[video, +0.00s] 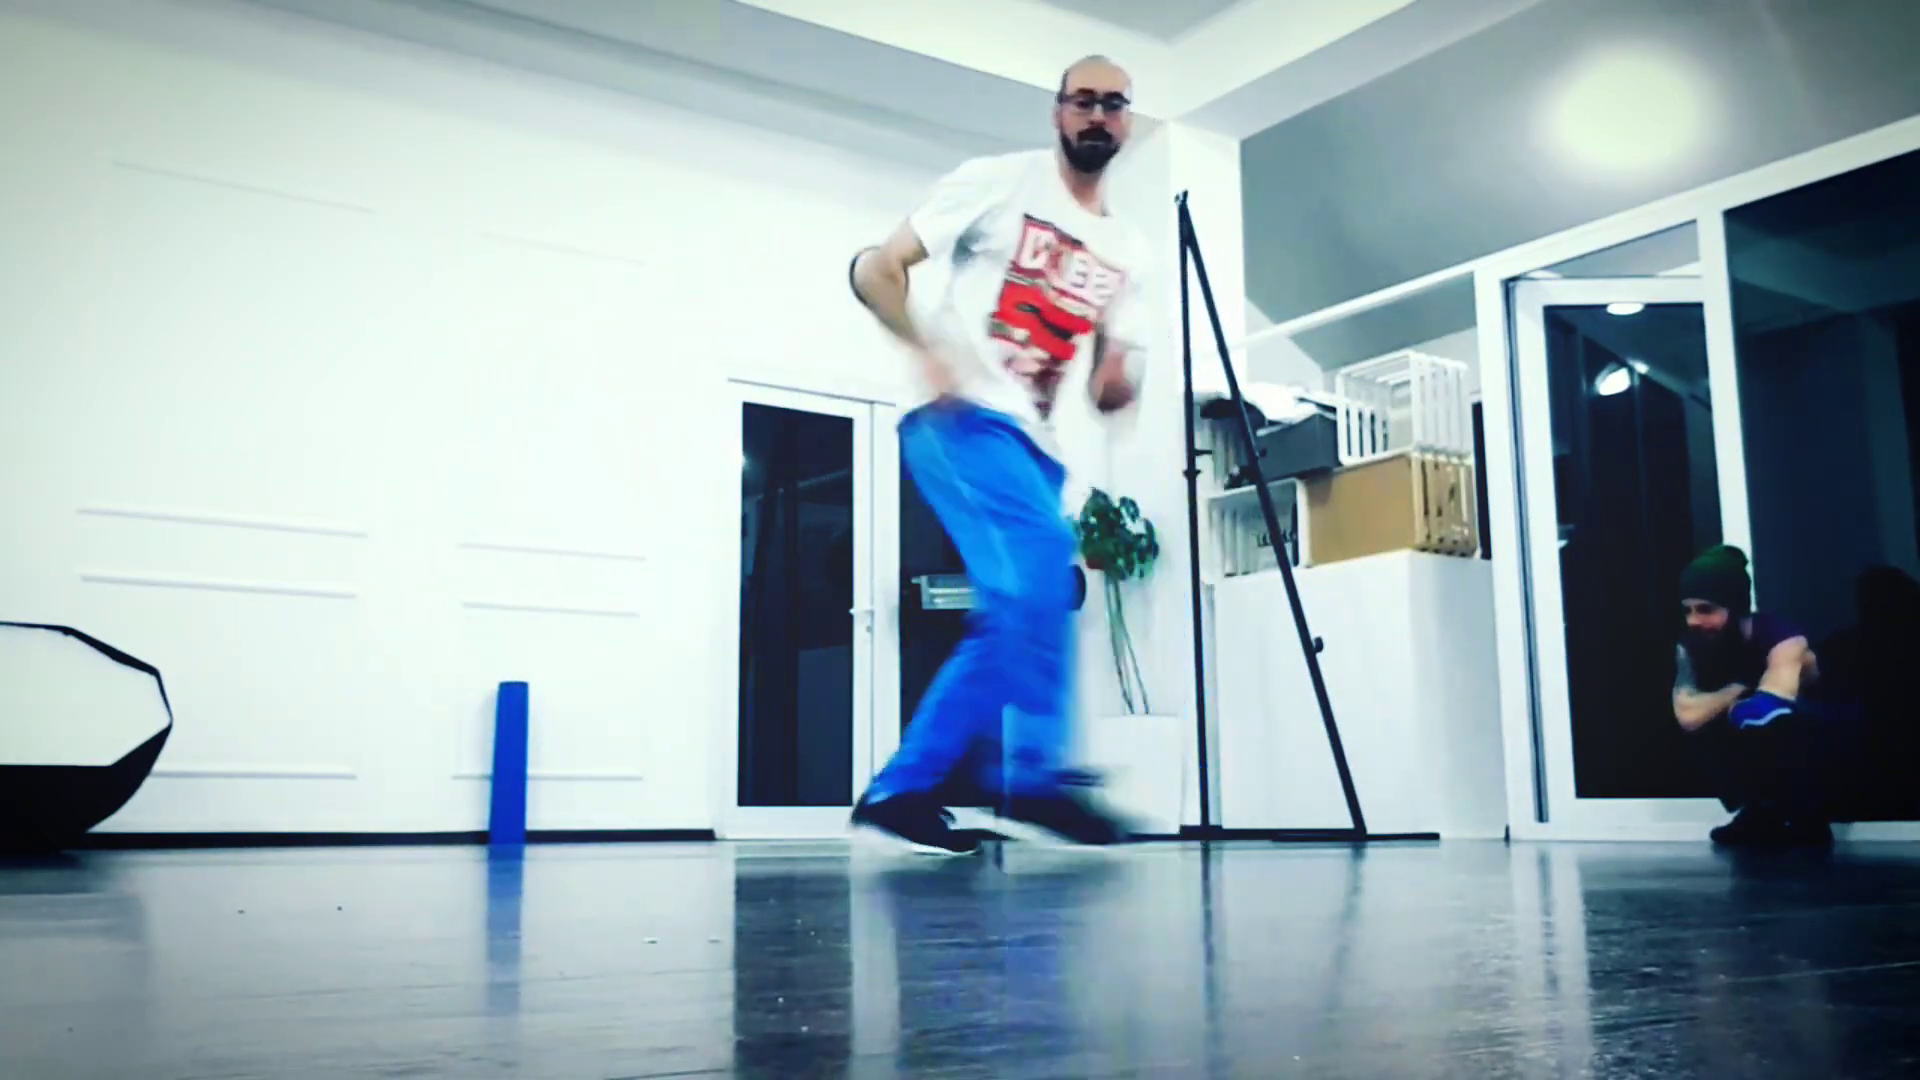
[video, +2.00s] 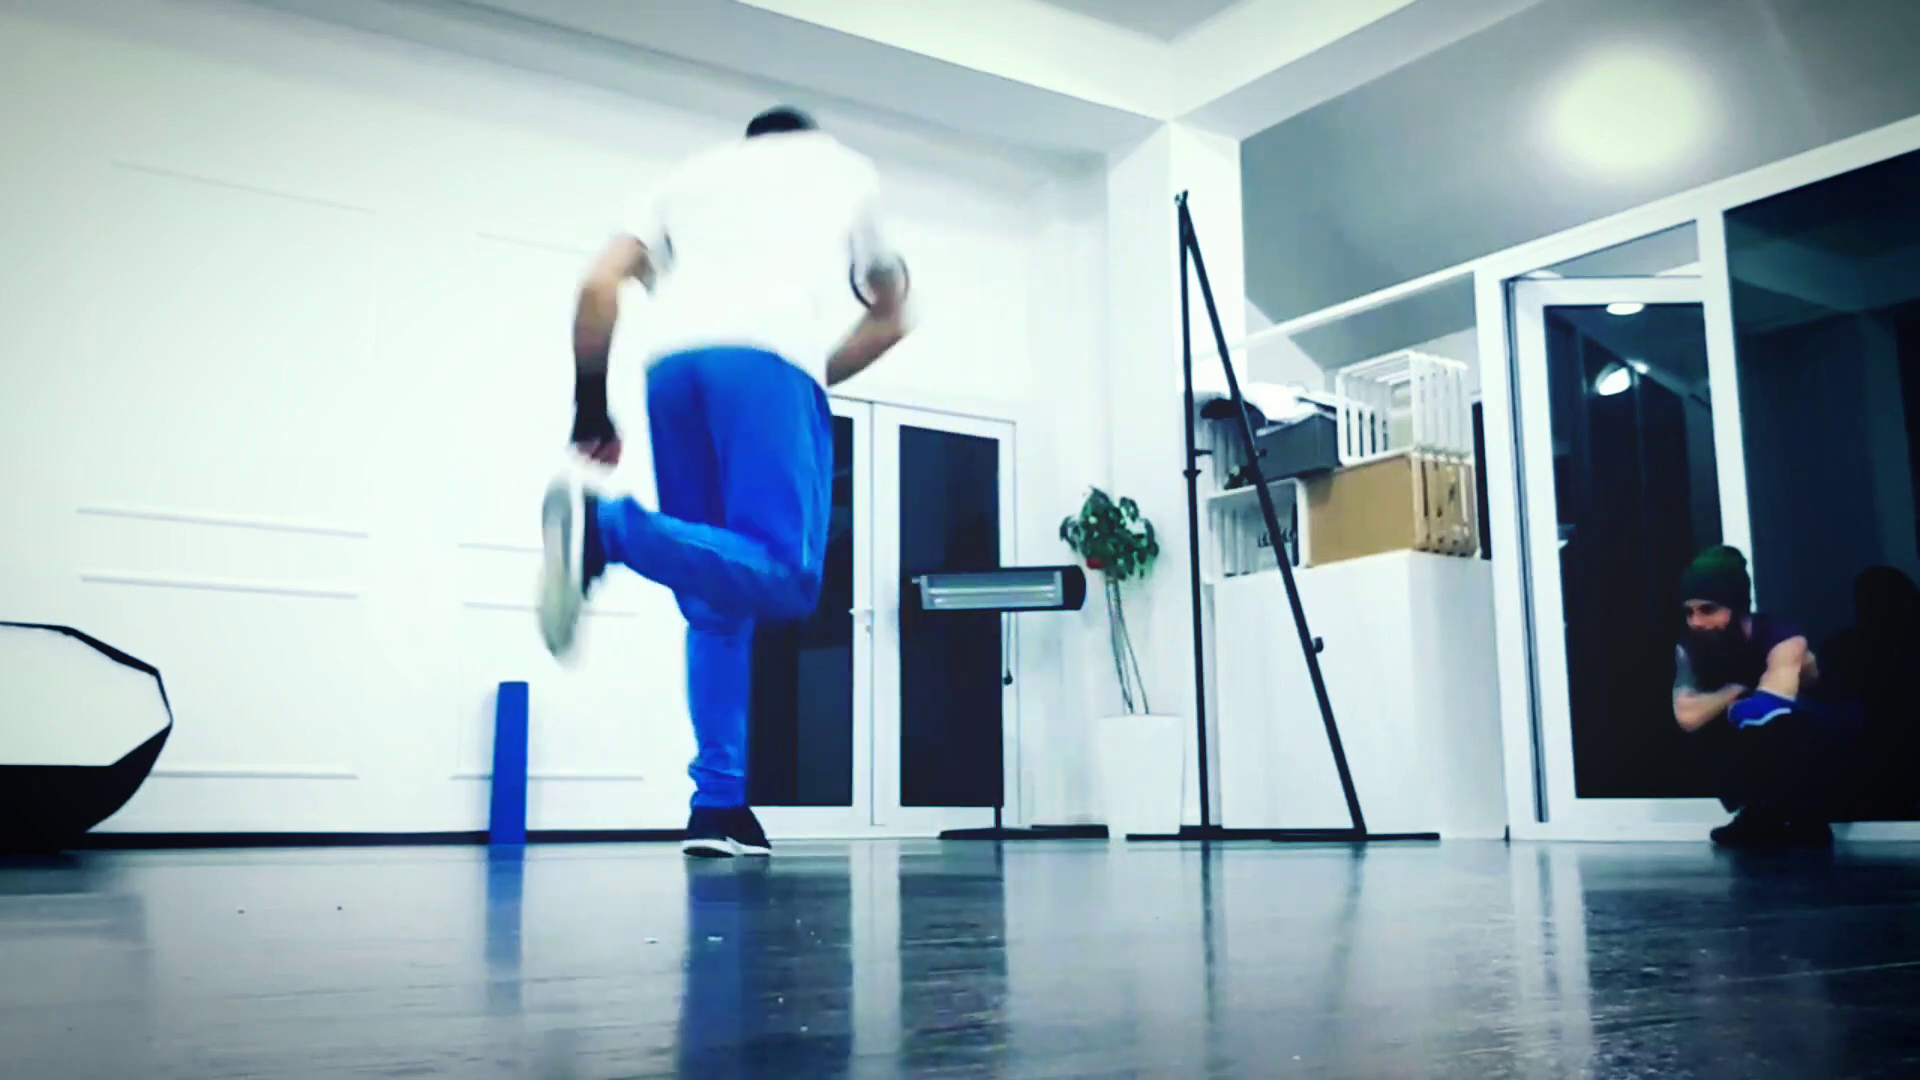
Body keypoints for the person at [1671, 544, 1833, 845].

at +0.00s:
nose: (1693, 622)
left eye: (1705, 611)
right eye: (1688, 611)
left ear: (1734, 607)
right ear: (1682, 610)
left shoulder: (1780, 636)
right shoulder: (1689, 649)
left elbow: (1772, 704)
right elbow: (1688, 715)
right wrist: (1735, 692)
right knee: (1706, 728)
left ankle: (1804, 821)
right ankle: (1756, 813)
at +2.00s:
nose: (1696, 623)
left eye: (1707, 611)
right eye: (1689, 612)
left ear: (1736, 608)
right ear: (1683, 613)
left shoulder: (1781, 638)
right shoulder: (1689, 651)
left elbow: (1775, 700)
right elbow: (1687, 716)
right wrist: (1730, 693)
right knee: (1710, 726)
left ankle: (1804, 820)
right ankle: (1756, 813)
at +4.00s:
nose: (1699, 623)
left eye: (1710, 611)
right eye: (1692, 612)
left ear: (1738, 607)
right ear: (1685, 611)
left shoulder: (1783, 640)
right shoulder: (1691, 651)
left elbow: (1773, 706)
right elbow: (1687, 715)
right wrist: (1737, 690)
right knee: (1708, 726)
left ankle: (1804, 820)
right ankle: (1756, 813)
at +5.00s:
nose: (1697, 623)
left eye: (1708, 610)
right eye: (1690, 612)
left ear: (1735, 605)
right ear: (1684, 610)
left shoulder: (1782, 639)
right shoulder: (1691, 651)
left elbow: (1776, 705)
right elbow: (1688, 714)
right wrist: (1738, 691)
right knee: (1706, 726)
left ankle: (1803, 820)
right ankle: (1756, 814)